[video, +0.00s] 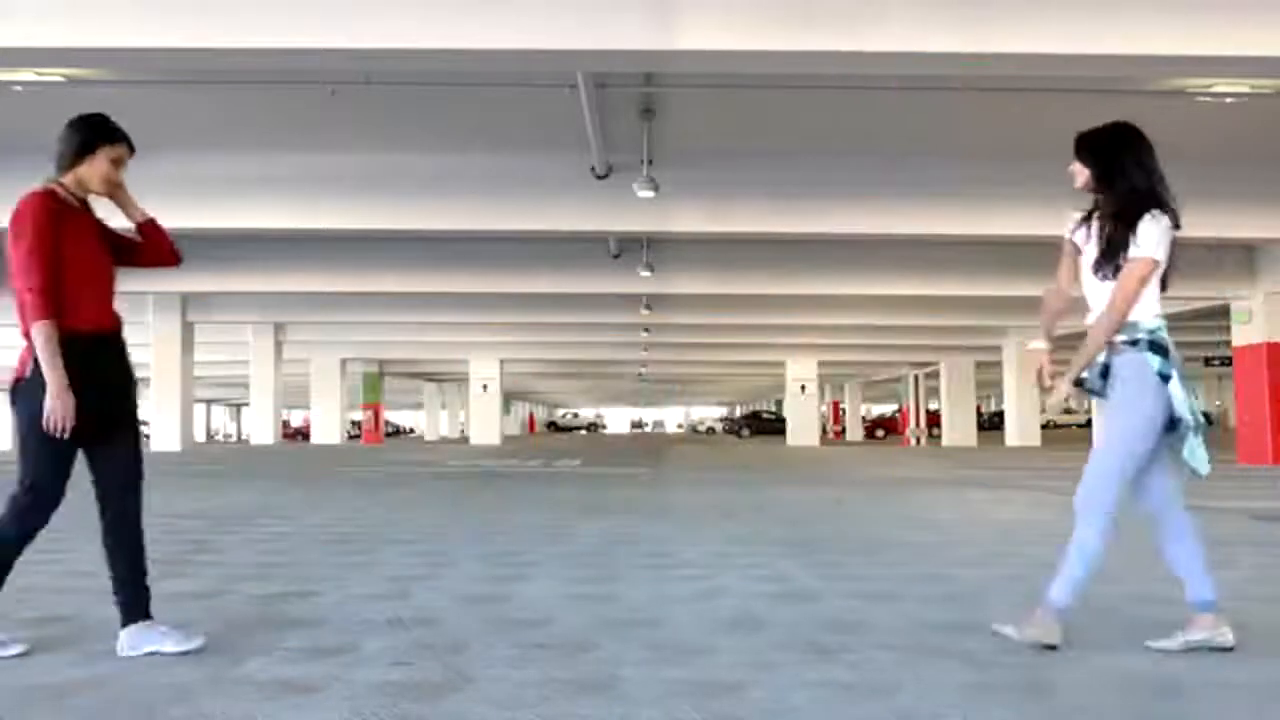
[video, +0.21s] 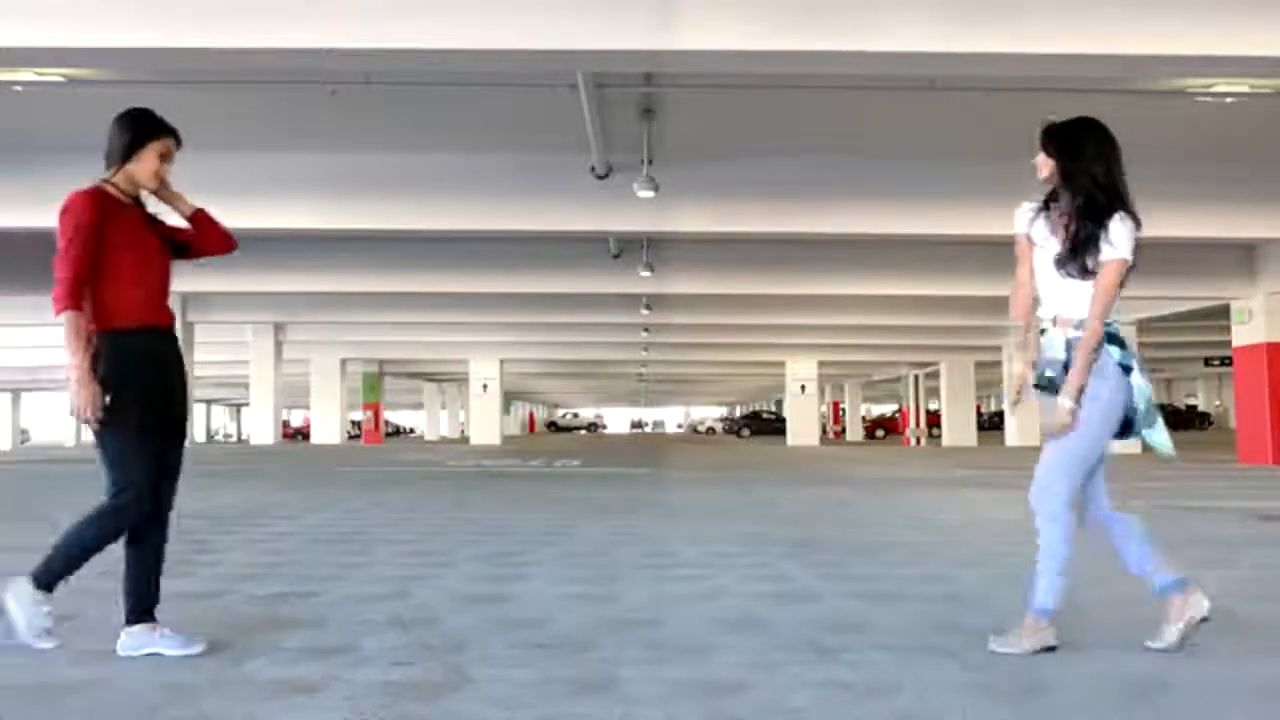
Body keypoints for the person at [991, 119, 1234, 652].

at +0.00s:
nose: (1071, 168)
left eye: (1081, 160)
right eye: (1074, 159)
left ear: (1108, 167)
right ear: (1111, 168)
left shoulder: (1153, 223)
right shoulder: (1083, 227)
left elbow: (1120, 304)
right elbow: (1062, 292)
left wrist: (1075, 368)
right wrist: (1045, 340)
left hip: (1141, 368)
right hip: (1110, 367)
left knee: (1097, 491)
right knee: (1161, 498)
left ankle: (1050, 614)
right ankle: (1206, 616)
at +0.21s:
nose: (1037, 162)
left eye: (1046, 154)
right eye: (1039, 153)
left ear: (1075, 159)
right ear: (1067, 160)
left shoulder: (1115, 225)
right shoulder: (1034, 218)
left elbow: (1098, 316)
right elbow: (1023, 296)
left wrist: (1069, 392)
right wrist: (1020, 360)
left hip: (1099, 366)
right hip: (1053, 364)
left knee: (1050, 489)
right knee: (1092, 503)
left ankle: (1039, 621)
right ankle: (1179, 594)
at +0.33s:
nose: (1016, 166)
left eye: (1026, 158)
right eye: (1019, 157)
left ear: (1052, 169)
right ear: (1035, 167)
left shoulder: (1092, 238)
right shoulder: (1011, 218)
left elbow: (1090, 329)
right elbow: (998, 297)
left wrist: (1081, 408)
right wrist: (997, 370)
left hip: (1071, 367)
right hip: (1023, 366)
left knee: (1041, 494)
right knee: (1017, 496)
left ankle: (1040, 619)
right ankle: (1120, 573)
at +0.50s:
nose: (994, 144)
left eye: (1004, 137)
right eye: (996, 136)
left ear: (1030, 148)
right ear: (1009, 148)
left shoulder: (1076, 216)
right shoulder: (982, 209)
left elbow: (1080, 299)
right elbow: (972, 289)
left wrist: (1083, 380)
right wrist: (961, 354)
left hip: (1046, 350)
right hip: (992, 350)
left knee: (1029, 486)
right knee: (976, 487)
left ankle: (1041, 618)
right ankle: (995, 605)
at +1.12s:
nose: (965, 147)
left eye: (973, 140)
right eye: (954, 139)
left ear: (983, 155)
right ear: (932, 151)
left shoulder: (987, 227)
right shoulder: (916, 209)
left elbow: (1010, 307)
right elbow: (911, 291)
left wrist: (1050, 380)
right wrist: (917, 369)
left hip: (994, 357)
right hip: (938, 359)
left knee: (1001, 487)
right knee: (956, 497)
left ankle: (1012, 615)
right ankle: (915, 614)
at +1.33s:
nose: (938, 153)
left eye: (943, 143)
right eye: (924, 148)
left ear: (960, 154)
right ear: (911, 167)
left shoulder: (975, 225)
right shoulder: (914, 221)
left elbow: (972, 309)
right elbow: (919, 309)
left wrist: (996, 368)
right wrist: (933, 385)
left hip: (971, 361)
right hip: (926, 361)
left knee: (1005, 487)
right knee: (935, 496)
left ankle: (975, 614)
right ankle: (914, 616)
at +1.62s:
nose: (925, 157)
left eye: (929, 145)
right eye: (912, 155)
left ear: (948, 152)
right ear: (903, 170)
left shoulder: (945, 213)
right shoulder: (923, 207)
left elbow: (955, 300)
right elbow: (936, 293)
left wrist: (983, 373)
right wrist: (956, 369)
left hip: (965, 355)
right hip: (931, 359)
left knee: (993, 483)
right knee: (951, 496)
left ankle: (972, 614)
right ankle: (916, 615)